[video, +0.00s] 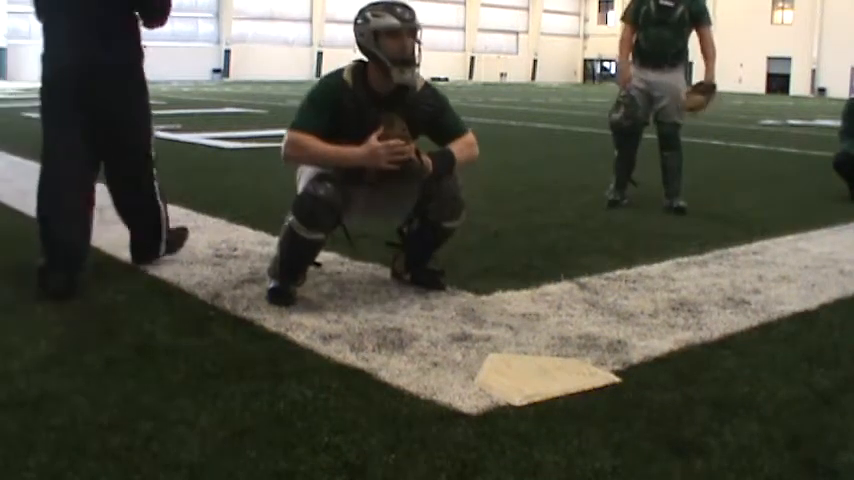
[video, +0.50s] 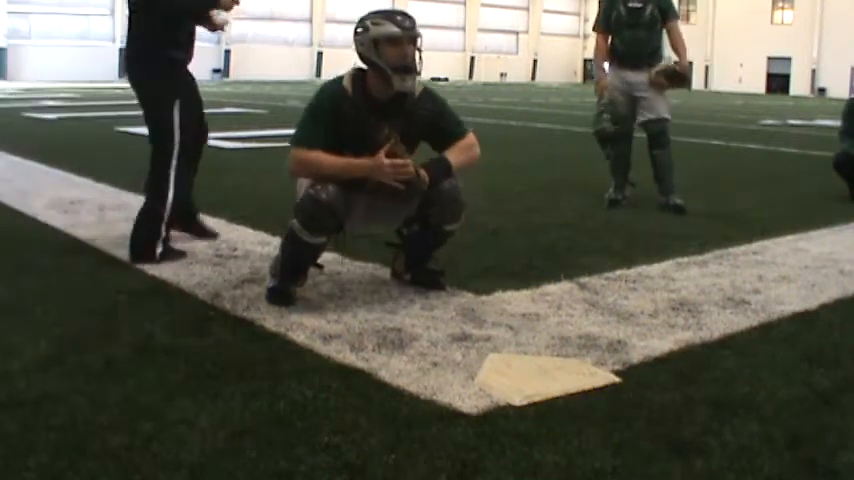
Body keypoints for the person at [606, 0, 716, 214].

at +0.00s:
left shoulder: (694, 5)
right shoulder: (640, 3)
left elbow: (706, 39)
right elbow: (627, 34)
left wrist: (708, 78)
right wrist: (623, 67)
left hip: (672, 76)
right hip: (638, 73)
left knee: (670, 139)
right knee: (626, 136)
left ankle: (673, 197)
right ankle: (619, 189)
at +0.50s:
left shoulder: (661, 4)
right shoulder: (610, 4)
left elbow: (673, 30)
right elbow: (601, 39)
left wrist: (683, 61)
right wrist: (600, 76)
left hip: (651, 76)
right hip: (618, 74)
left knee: (659, 133)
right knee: (619, 134)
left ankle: (668, 194)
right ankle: (618, 188)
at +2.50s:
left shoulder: (653, 4)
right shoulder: (603, 5)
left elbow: (666, 29)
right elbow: (594, 40)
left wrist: (678, 60)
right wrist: (589, 76)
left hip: (645, 73)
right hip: (613, 73)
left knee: (651, 133)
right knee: (617, 134)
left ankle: (656, 193)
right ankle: (618, 187)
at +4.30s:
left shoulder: (651, 3)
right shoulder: (601, 6)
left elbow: (665, 27)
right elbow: (591, 34)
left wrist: (679, 61)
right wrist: (590, 75)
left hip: (645, 73)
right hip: (611, 72)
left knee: (651, 134)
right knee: (617, 133)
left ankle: (656, 193)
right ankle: (618, 188)